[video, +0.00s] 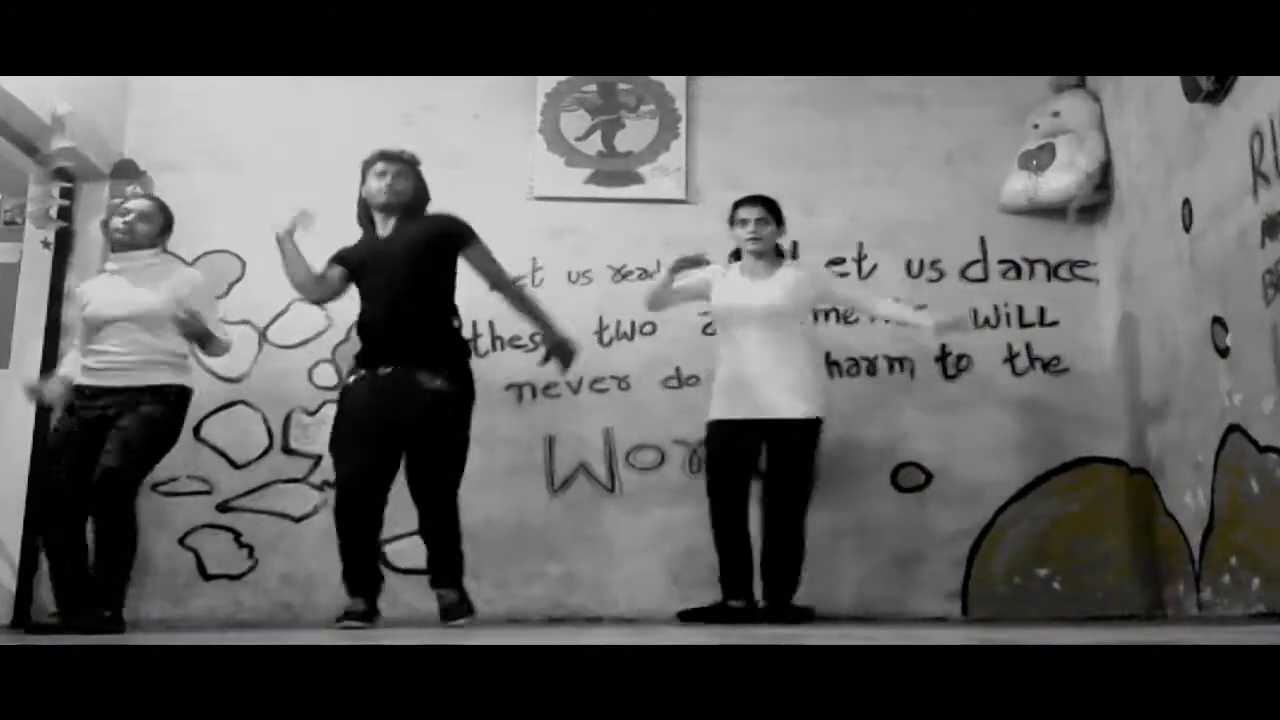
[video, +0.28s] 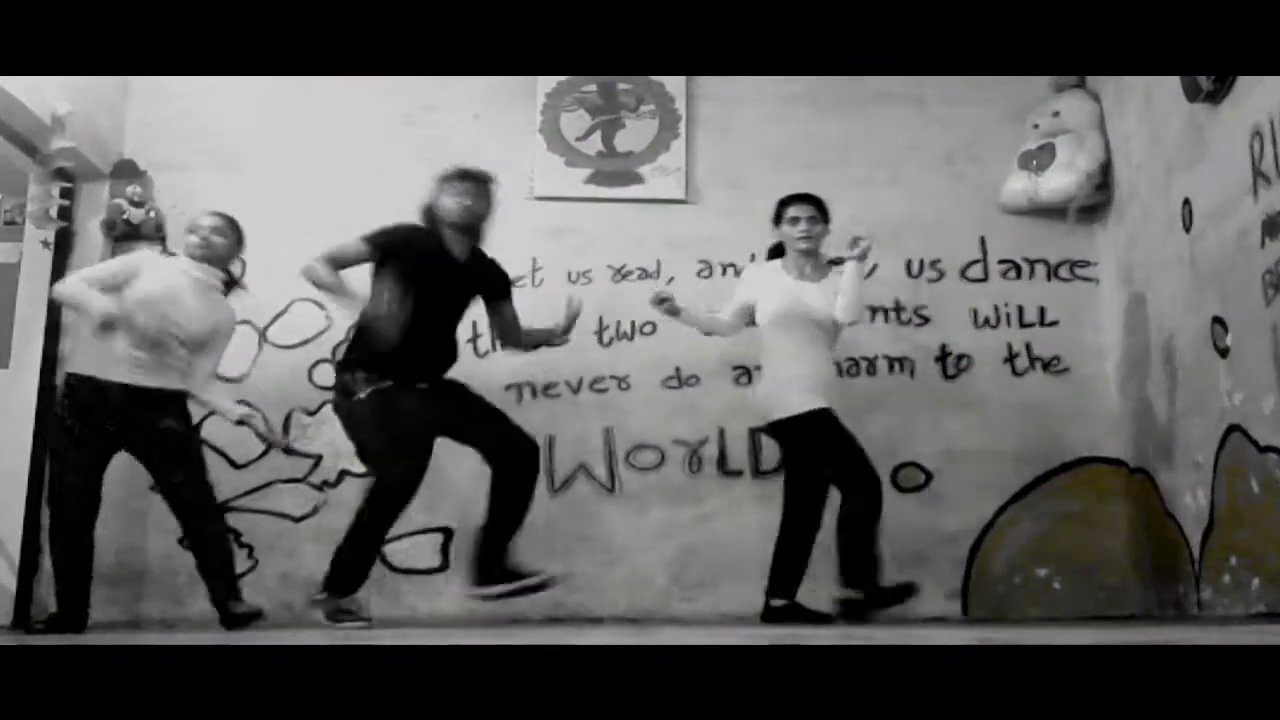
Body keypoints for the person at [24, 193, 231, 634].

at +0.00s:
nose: (126, 222)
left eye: (139, 217)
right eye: (120, 214)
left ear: (160, 233)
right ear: (109, 224)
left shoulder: (181, 278)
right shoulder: (90, 286)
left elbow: (219, 348)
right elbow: (77, 350)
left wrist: (199, 331)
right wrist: (58, 383)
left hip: (154, 395)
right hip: (92, 397)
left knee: (112, 481)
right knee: (56, 489)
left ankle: (106, 610)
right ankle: (74, 610)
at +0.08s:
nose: (135, 215)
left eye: (149, 212)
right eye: (131, 210)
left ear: (171, 231)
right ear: (118, 222)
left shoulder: (188, 278)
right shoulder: (92, 279)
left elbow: (224, 351)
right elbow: (72, 345)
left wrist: (214, 340)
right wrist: (59, 407)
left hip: (156, 395)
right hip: (89, 393)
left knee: (131, 484)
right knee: (62, 494)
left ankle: (118, 609)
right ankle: (71, 611)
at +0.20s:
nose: (186, 225)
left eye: (200, 221)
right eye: (179, 216)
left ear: (217, 239)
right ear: (165, 222)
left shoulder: (215, 295)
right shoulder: (130, 257)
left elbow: (213, 369)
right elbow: (52, 293)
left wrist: (250, 413)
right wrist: (99, 280)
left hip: (158, 394)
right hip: (90, 387)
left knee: (177, 495)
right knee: (74, 505)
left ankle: (201, 596)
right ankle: (71, 612)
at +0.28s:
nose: (202, 234)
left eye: (217, 233)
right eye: (196, 227)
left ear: (232, 255)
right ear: (184, 233)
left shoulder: (221, 314)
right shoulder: (145, 263)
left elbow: (199, 382)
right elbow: (66, 287)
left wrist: (235, 410)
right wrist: (106, 307)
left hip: (160, 405)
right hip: (92, 393)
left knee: (197, 505)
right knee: (71, 510)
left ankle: (229, 604)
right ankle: (71, 614)